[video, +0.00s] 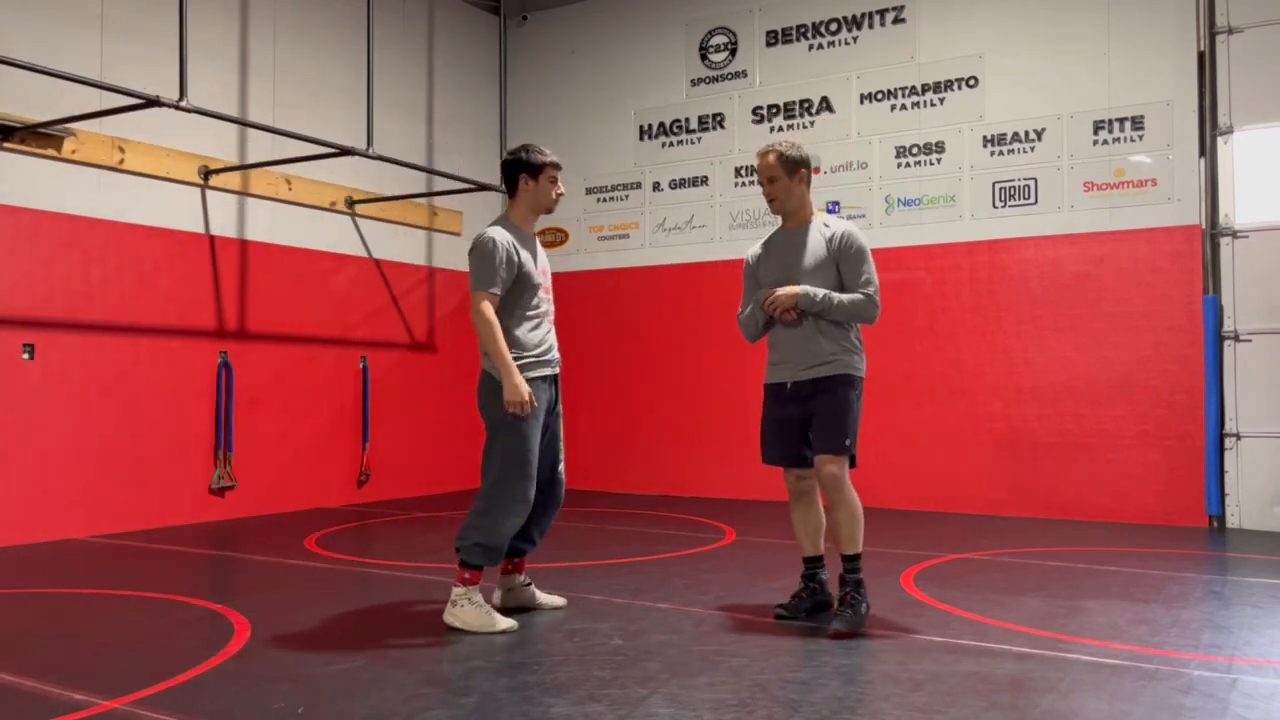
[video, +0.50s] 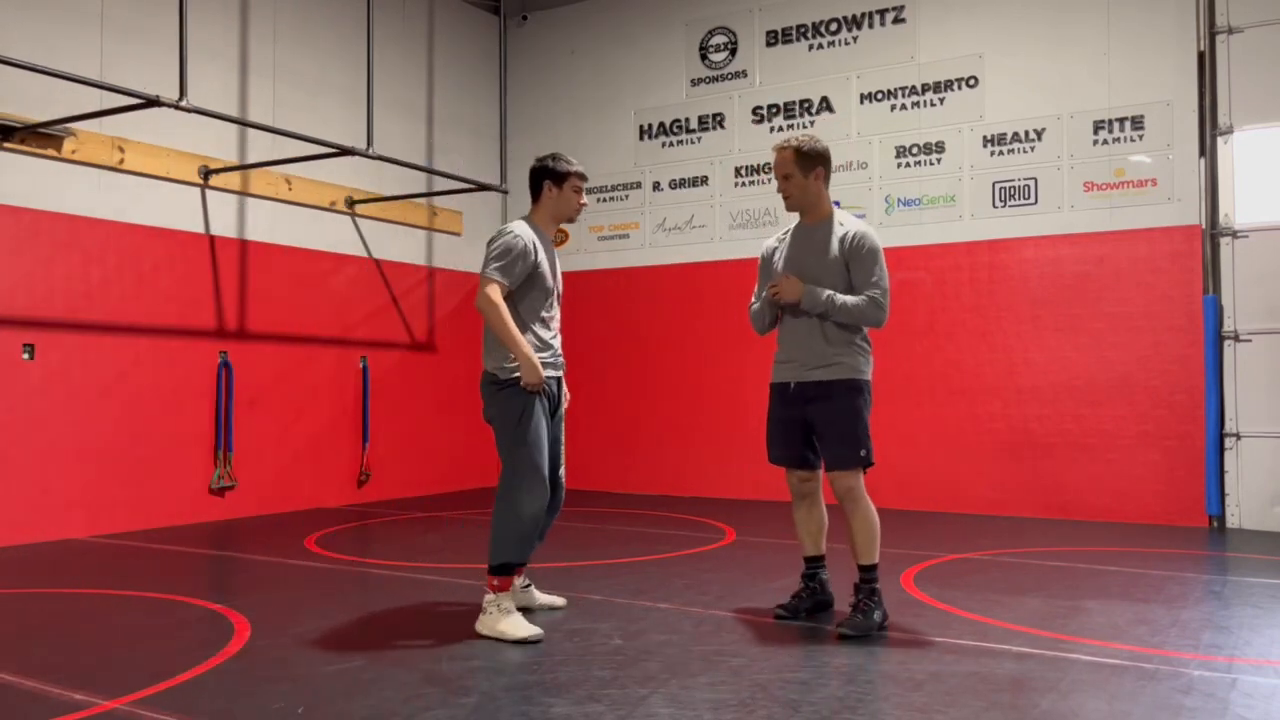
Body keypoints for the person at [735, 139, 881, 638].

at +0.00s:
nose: (764, 191)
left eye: (772, 181)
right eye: (761, 182)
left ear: (803, 179)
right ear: (766, 185)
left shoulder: (844, 237)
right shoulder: (761, 256)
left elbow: (869, 308)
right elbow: (747, 328)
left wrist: (803, 295)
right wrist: (768, 309)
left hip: (835, 372)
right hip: (784, 380)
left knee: (831, 472)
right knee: (798, 481)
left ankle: (852, 590)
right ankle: (813, 587)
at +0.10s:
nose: (767, 192)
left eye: (774, 182)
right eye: (763, 184)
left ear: (805, 178)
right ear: (767, 186)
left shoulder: (846, 239)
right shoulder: (763, 256)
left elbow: (867, 309)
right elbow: (748, 329)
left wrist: (803, 295)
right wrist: (762, 305)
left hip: (835, 375)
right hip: (784, 381)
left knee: (834, 476)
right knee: (799, 483)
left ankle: (863, 590)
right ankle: (815, 587)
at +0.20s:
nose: (769, 191)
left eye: (776, 181)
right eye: (766, 183)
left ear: (808, 178)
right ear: (771, 185)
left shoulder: (848, 239)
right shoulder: (765, 254)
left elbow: (868, 310)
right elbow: (749, 327)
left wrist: (803, 296)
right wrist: (764, 303)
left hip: (835, 380)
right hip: (784, 383)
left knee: (842, 485)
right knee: (799, 486)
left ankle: (867, 595)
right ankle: (815, 587)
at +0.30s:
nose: (772, 188)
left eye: (779, 178)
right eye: (770, 179)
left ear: (811, 178)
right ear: (778, 183)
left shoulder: (850, 238)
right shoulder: (769, 252)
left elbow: (871, 310)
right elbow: (754, 326)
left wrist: (805, 295)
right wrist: (769, 302)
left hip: (837, 381)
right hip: (785, 383)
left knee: (848, 486)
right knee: (800, 486)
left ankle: (868, 597)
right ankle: (815, 588)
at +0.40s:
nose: (776, 186)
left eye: (783, 176)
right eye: (773, 177)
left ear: (815, 177)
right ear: (781, 182)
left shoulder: (853, 237)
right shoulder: (771, 249)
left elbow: (873, 309)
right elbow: (758, 323)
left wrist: (807, 292)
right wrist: (773, 297)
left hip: (839, 380)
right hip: (787, 382)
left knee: (848, 485)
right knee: (800, 486)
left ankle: (868, 597)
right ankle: (815, 588)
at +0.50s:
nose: (779, 188)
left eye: (786, 179)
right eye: (777, 179)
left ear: (818, 177)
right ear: (787, 182)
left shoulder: (857, 239)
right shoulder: (775, 249)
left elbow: (876, 311)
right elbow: (758, 323)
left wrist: (807, 295)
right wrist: (772, 300)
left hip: (841, 380)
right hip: (789, 382)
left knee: (847, 486)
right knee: (802, 486)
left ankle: (869, 597)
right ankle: (815, 588)